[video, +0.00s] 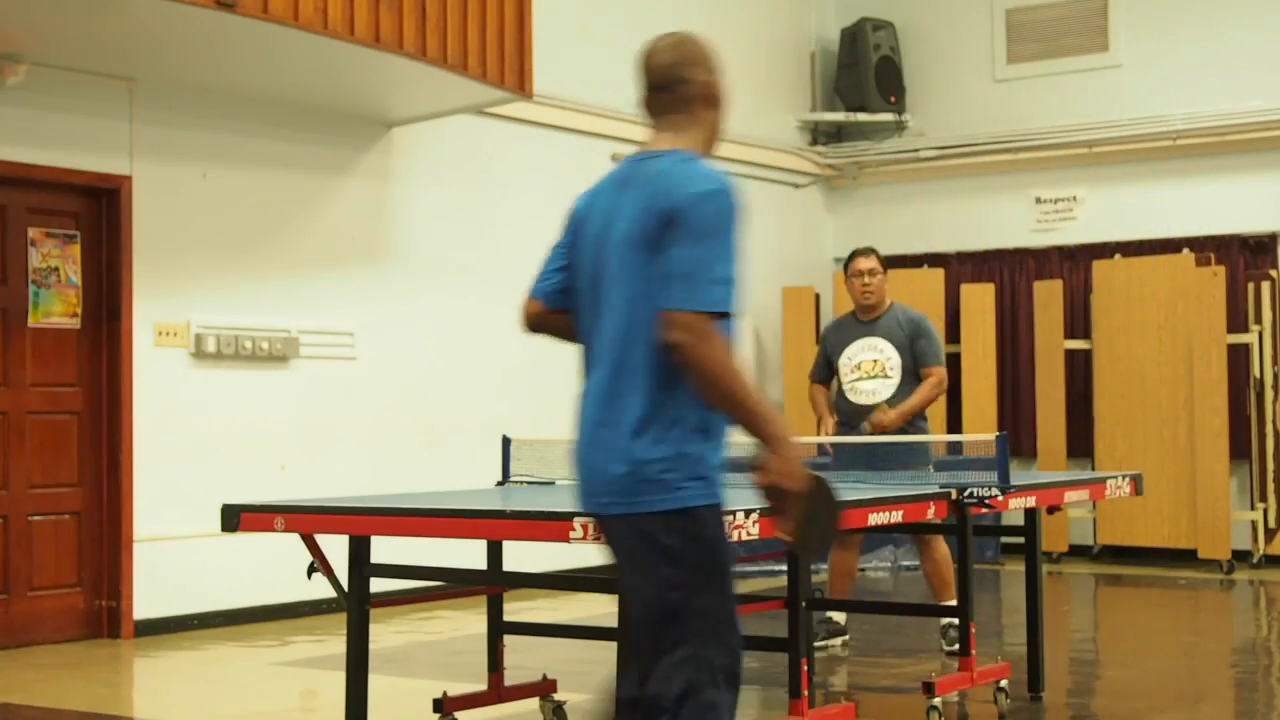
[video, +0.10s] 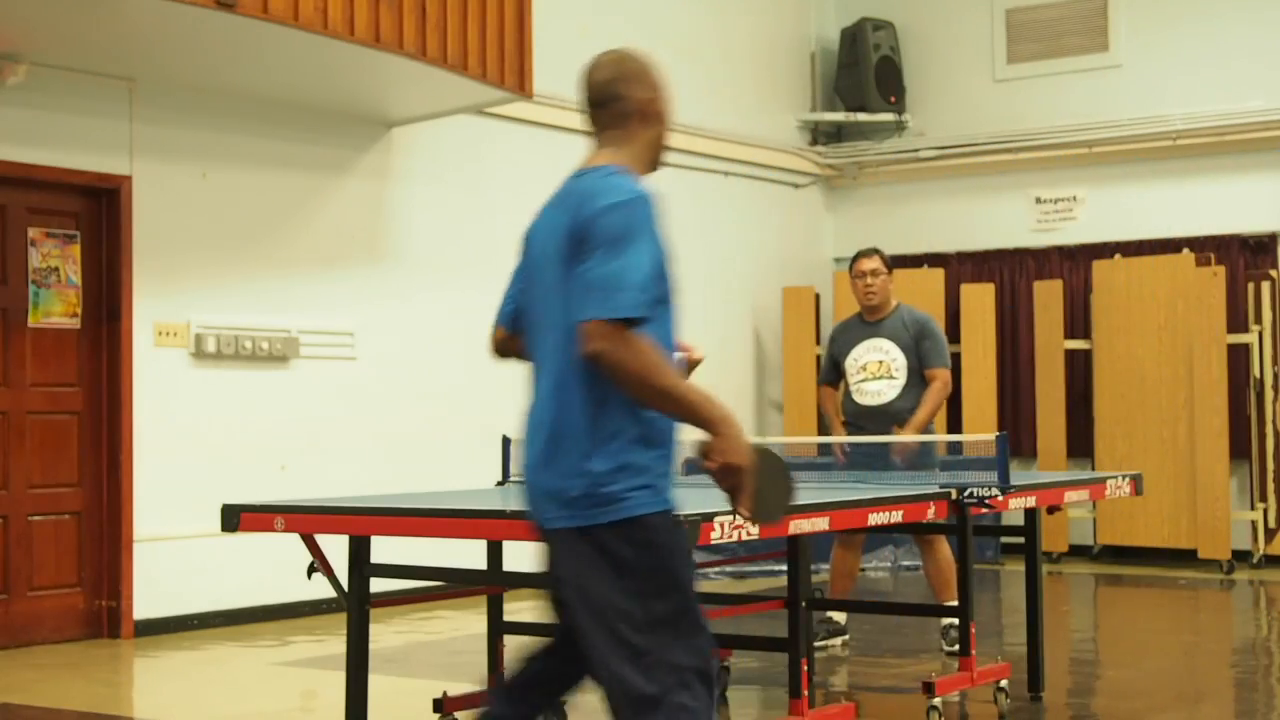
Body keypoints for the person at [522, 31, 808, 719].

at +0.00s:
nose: (723, 101)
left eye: (719, 89)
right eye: (719, 89)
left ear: (648, 100)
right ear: (709, 93)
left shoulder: (599, 196)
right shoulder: (701, 187)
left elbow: (543, 311)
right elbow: (686, 330)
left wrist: (638, 332)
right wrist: (776, 439)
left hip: (612, 476)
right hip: (666, 479)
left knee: (650, 659)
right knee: (705, 663)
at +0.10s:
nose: (669, 120)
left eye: (665, 106)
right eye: (665, 106)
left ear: (596, 114)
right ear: (649, 107)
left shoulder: (558, 208)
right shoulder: (619, 198)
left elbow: (509, 339)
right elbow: (605, 339)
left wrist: (648, 357)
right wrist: (719, 421)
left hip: (566, 490)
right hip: (615, 494)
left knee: (578, 646)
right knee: (676, 682)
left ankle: (498, 713)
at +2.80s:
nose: (403, 248)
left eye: (403, 236)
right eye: (401, 236)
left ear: (328, 234)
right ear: (380, 238)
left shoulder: (243, 282)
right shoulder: (380, 312)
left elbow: (185, 380)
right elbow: (407, 420)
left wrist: (264, 383)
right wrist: (441, 361)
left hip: (173, 498)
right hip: (265, 508)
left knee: (195, 623)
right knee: (371, 639)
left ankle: (157, 714)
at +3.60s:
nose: (397, 224)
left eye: (396, 212)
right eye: (393, 212)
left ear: (321, 213)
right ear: (366, 217)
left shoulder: (241, 256)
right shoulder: (366, 293)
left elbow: (189, 352)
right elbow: (413, 390)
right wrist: (441, 323)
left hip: (157, 482)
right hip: (240, 495)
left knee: (186, 613)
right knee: (339, 631)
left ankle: (150, 713)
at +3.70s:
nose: (396, 241)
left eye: (396, 230)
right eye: (393, 230)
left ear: (321, 229)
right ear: (371, 235)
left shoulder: (240, 273)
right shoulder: (367, 308)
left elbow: (186, 373)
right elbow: (405, 415)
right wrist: (446, 354)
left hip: (162, 495)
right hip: (247, 506)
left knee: (194, 622)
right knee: (361, 638)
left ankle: (152, 713)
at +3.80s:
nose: (399, 237)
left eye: (400, 226)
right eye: (398, 225)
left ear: (327, 223)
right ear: (377, 229)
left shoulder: (243, 268)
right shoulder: (362, 303)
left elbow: (198, 364)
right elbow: (386, 425)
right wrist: (452, 379)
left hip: (161, 484)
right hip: (246, 496)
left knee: (191, 618)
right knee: (345, 634)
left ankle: (154, 714)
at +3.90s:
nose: (402, 224)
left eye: (404, 212)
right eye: (401, 212)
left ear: (330, 209)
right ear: (380, 215)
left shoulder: (256, 255)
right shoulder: (342, 285)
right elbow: (342, 414)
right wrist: (440, 397)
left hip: (158, 467)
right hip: (224, 480)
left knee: (183, 614)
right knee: (314, 625)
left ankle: (146, 714)